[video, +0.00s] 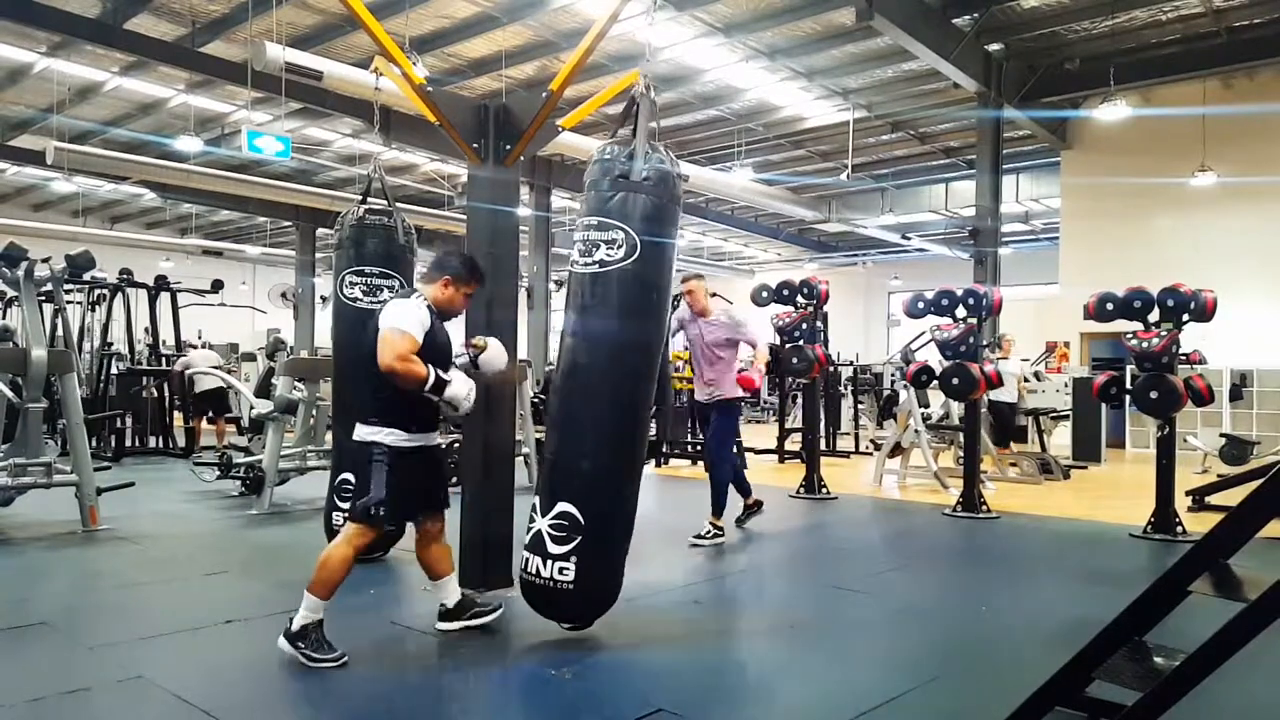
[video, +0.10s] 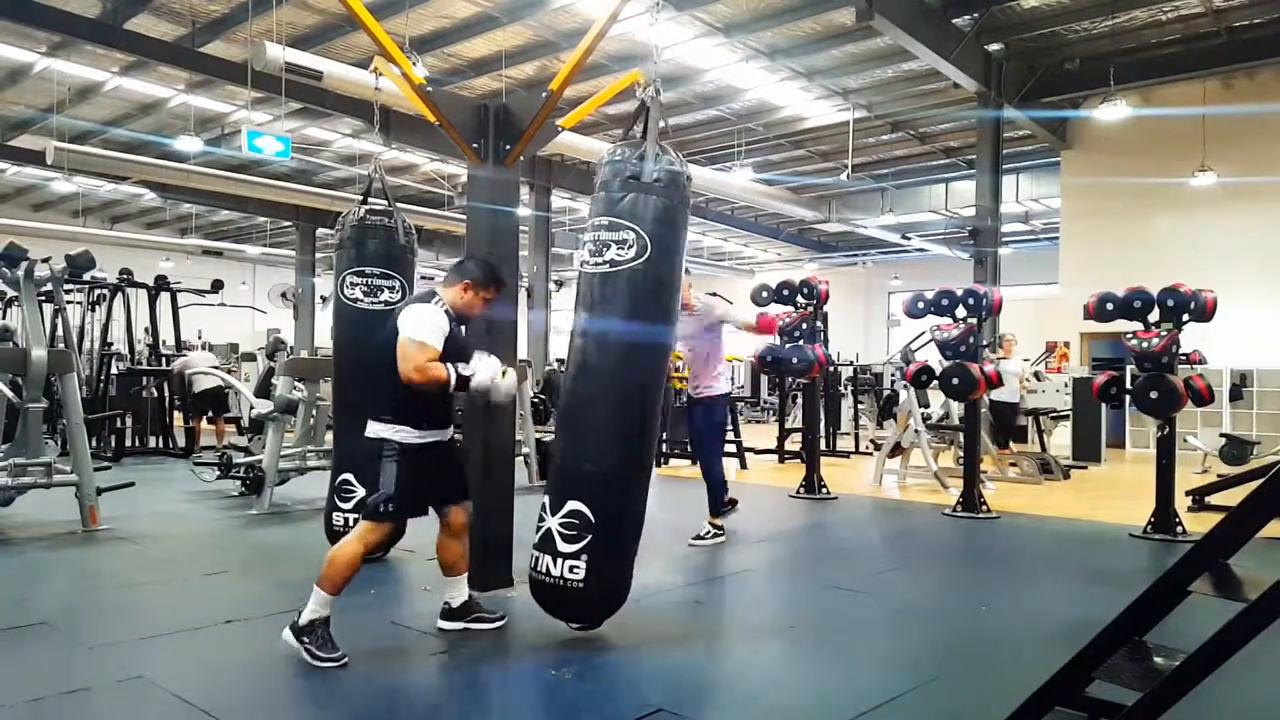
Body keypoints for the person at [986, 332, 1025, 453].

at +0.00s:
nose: (1010, 344)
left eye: (1012, 341)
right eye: (1007, 341)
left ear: (1014, 344)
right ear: (1000, 344)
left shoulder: (1016, 361)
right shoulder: (993, 360)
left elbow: (1020, 381)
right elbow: (986, 376)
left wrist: (1022, 390)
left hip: (1012, 397)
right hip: (996, 397)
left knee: (1009, 425)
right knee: (1006, 423)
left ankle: (1003, 448)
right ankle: (1003, 447)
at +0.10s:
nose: (1010, 344)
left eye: (1012, 341)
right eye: (1007, 341)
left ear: (1015, 343)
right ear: (1001, 344)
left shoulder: (1018, 361)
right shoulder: (996, 359)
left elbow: (1023, 377)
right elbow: (987, 372)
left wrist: (1024, 383)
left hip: (1014, 396)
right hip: (998, 396)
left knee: (1011, 423)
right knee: (1001, 423)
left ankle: (1007, 444)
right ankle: (1001, 447)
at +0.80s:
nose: (1019, 344)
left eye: (1022, 341)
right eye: (1016, 341)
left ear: (1026, 343)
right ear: (1011, 343)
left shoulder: (1031, 362)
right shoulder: (1005, 359)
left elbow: (1036, 383)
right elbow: (1000, 364)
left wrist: (1030, 388)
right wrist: (1000, 360)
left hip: (1024, 401)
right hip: (1007, 400)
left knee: (1031, 437)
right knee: (1007, 437)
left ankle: (1027, 469)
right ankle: (1005, 469)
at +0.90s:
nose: (1022, 343)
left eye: (1025, 341)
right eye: (1019, 341)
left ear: (1028, 343)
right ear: (1013, 343)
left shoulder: (1033, 363)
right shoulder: (1007, 359)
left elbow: (1038, 382)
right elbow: (998, 372)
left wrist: (1033, 388)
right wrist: (1001, 366)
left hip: (1027, 401)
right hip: (1009, 399)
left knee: (1031, 436)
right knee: (1009, 436)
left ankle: (1028, 468)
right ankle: (1006, 468)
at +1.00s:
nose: (1024, 343)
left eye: (1027, 341)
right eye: (1021, 341)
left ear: (1031, 344)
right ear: (1016, 343)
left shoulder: (1035, 362)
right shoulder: (1010, 359)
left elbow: (1041, 381)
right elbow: (1000, 373)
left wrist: (1036, 387)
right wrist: (1005, 365)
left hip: (1030, 401)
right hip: (1013, 400)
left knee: (1032, 437)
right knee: (1012, 436)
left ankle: (1028, 468)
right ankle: (1006, 468)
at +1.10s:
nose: (1027, 344)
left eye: (1030, 341)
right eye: (1024, 341)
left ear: (1034, 344)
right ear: (1019, 344)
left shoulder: (1036, 360)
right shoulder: (1013, 359)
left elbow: (1042, 379)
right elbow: (1011, 374)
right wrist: (1018, 358)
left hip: (1034, 399)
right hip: (1017, 399)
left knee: (1032, 437)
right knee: (1015, 437)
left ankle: (1028, 469)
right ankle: (1006, 468)